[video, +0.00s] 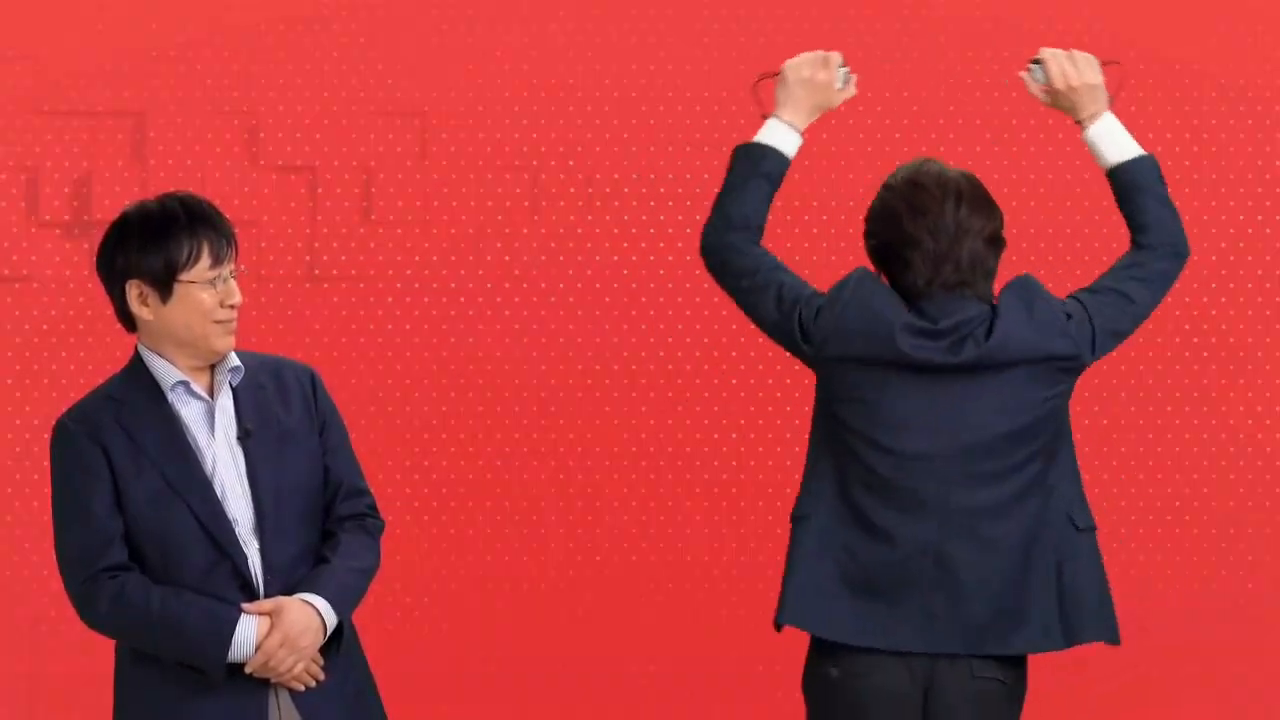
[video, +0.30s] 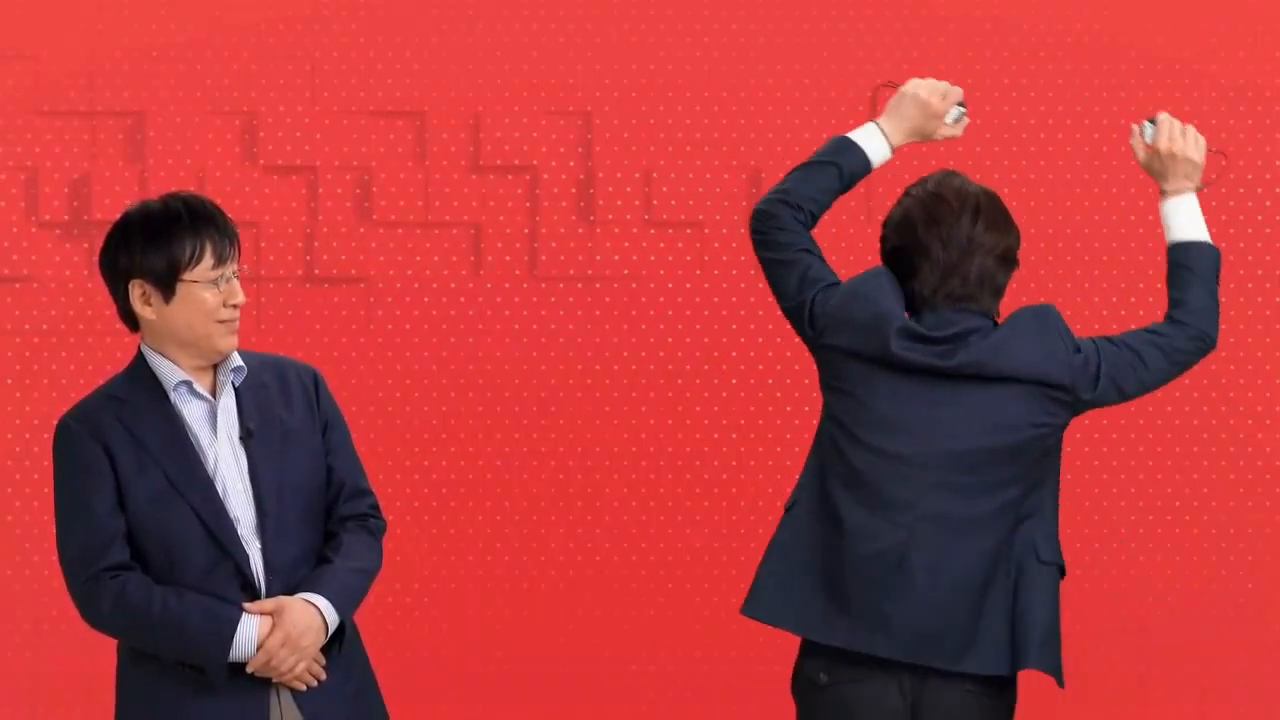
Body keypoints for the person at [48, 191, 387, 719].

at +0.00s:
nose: (233, 298)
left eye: (232, 278)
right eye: (210, 283)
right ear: (143, 300)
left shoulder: (297, 389)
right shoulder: (89, 433)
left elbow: (358, 522)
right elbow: (101, 591)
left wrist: (318, 611)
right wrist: (248, 638)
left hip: (331, 700)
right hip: (190, 708)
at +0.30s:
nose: (236, 297)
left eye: (235, 278)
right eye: (213, 282)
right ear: (146, 300)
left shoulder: (300, 389)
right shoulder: (92, 432)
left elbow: (360, 523)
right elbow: (103, 590)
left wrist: (319, 611)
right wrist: (250, 638)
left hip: (333, 700)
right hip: (191, 707)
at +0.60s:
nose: (239, 297)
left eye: (236, 277)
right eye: (215, 282)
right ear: (148, 300)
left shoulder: (301, 389)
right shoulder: (93, 432)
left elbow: (361, 524)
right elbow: (103, 589)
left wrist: (320, 611)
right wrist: (250, 638)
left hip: (333, 699)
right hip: (192, 707)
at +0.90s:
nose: (237, 297)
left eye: (235, 277)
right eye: (214, 282)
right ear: (147, 300)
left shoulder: (300, 389)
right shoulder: (92, 433)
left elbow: (360, 524)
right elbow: (102, 589)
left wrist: (319, 612)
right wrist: (250, 639)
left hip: (333, 699)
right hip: (191, 707)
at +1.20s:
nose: (237, 297)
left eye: (235, 277)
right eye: (213, 282)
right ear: (146, 300)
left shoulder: (300, 389)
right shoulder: (91, 433)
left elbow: (361, 523)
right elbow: (103, 590)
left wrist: (319, 612)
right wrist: (250, 639)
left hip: (333, 699)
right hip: (191, 708)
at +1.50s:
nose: (239, 297)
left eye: (237, 278)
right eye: (215, 282)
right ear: (148, 300)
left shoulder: (302, 388)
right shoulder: (93, 432)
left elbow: (362, 523)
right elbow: (104, 590)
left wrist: (321, 612)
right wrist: (251, 639)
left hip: (335, 700)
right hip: (192, 708)